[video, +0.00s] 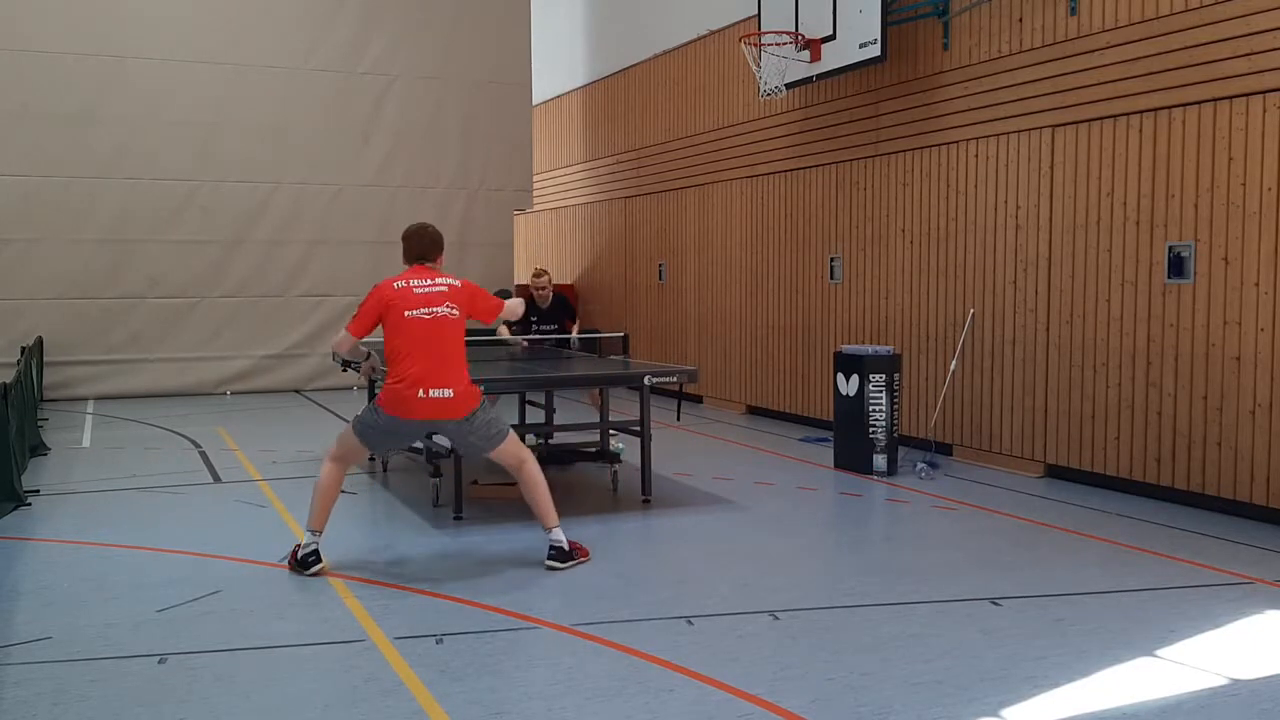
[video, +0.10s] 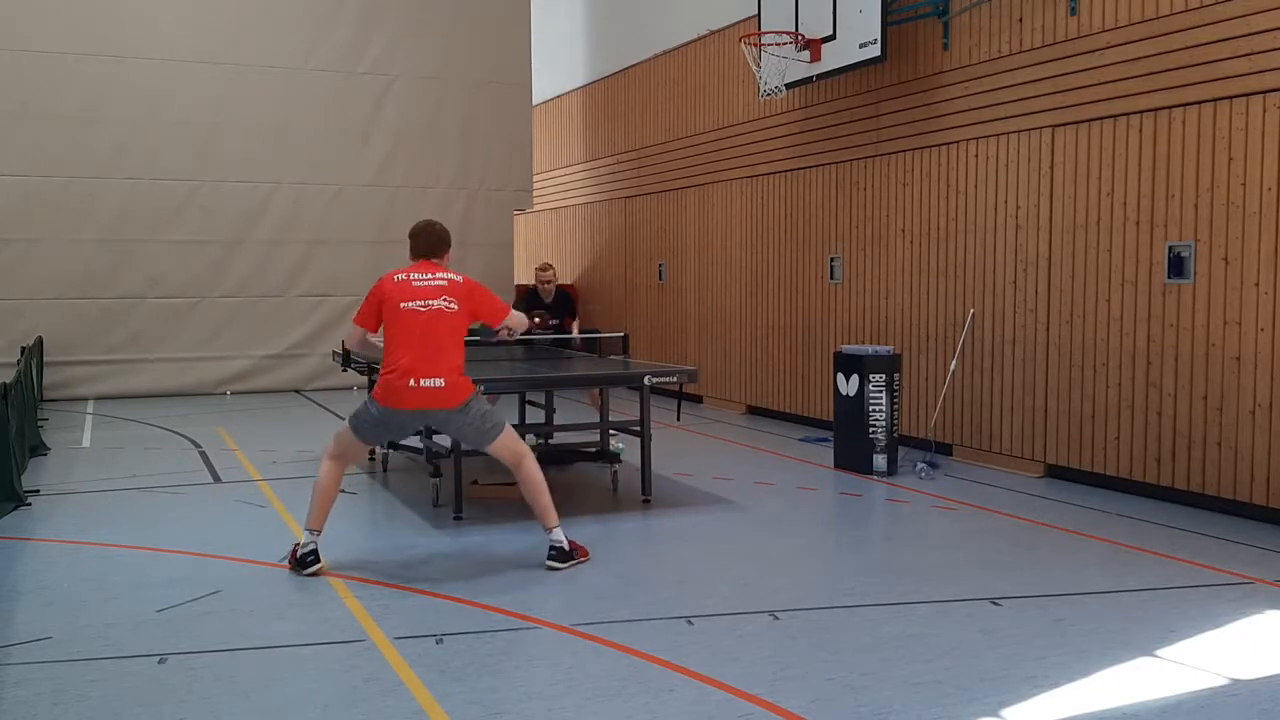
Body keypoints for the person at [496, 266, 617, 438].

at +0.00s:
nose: (540, 293)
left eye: (543, 289)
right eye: (536, 289)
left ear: (551, 287)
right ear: (530, 288)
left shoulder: (560, 300)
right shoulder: (524, 305)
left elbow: (575, 320)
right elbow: (501, 328)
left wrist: (574, 334)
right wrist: (512, 340)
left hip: (561, 355)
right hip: (531, 355)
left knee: (591, 382)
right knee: (496, 379)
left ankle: (607, 427)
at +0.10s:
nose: (545, 287)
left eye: (549, 282)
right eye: (541, 283)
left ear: (556, 281)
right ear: (535, 282)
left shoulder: (565, 296)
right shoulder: (527, 298)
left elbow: (573, 319)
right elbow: (514, 318)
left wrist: (575, 334)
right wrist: (527, 325)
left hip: (562, 349)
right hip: (532, 349)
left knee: (590, 377)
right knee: (502, 373)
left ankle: (606, 424)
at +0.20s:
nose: (547, 274)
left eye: (551, 270)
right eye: (543, 271)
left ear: (557, 271)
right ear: (537, 271)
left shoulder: (566, 291)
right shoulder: (527, 290)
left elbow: (571, 315)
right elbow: (512, 307)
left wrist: (574, 326)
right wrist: (513, 310)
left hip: (561, 349)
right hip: (532, 349)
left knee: (589, 380)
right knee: (501, 369)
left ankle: (606, 428)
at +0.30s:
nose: (546, 269)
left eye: (550, 265)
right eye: (543, 266)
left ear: (557, 266)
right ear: (536, 267)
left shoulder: (566, 290)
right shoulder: (527, 287)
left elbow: (570, 315)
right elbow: (507, 303)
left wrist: (572, 325)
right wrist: (511, 309)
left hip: (560, 350)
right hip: (531, 350)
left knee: (588, 378)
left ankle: (607, 427)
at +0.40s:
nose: (543, 270)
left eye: (547, 267)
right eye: (539, 267)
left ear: (553, 268)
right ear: (533, 269)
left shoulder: (564, 291)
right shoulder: (524, 289)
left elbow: (569, 315)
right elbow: (503, 306)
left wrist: (570, 326)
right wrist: (508, 313)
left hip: (558, 350)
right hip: (529, 350)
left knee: (588, 380)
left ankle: (607, 427)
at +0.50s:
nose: (539, 272)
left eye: (543, 268)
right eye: (535, 268)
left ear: (549, 269)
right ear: (529, 271)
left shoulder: (562, 291)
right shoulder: (520, 291)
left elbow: (570, 314)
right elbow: (502, 314)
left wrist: (568, 323)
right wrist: (519, 326)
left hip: (558, 351)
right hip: (527, 350)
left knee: (588, 380)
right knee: (495, 375)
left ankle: (608, 429)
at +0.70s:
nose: (536, 290)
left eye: (539, 285)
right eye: (532, 286)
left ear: (546, 285)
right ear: (526, 287)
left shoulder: (557, 300)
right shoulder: (520, 303)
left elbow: (576, 320)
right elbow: (502, 326)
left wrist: (569, 334)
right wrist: (498, 344)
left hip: (559, 353)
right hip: (530, 354)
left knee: (587, 381)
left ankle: (606, 423)